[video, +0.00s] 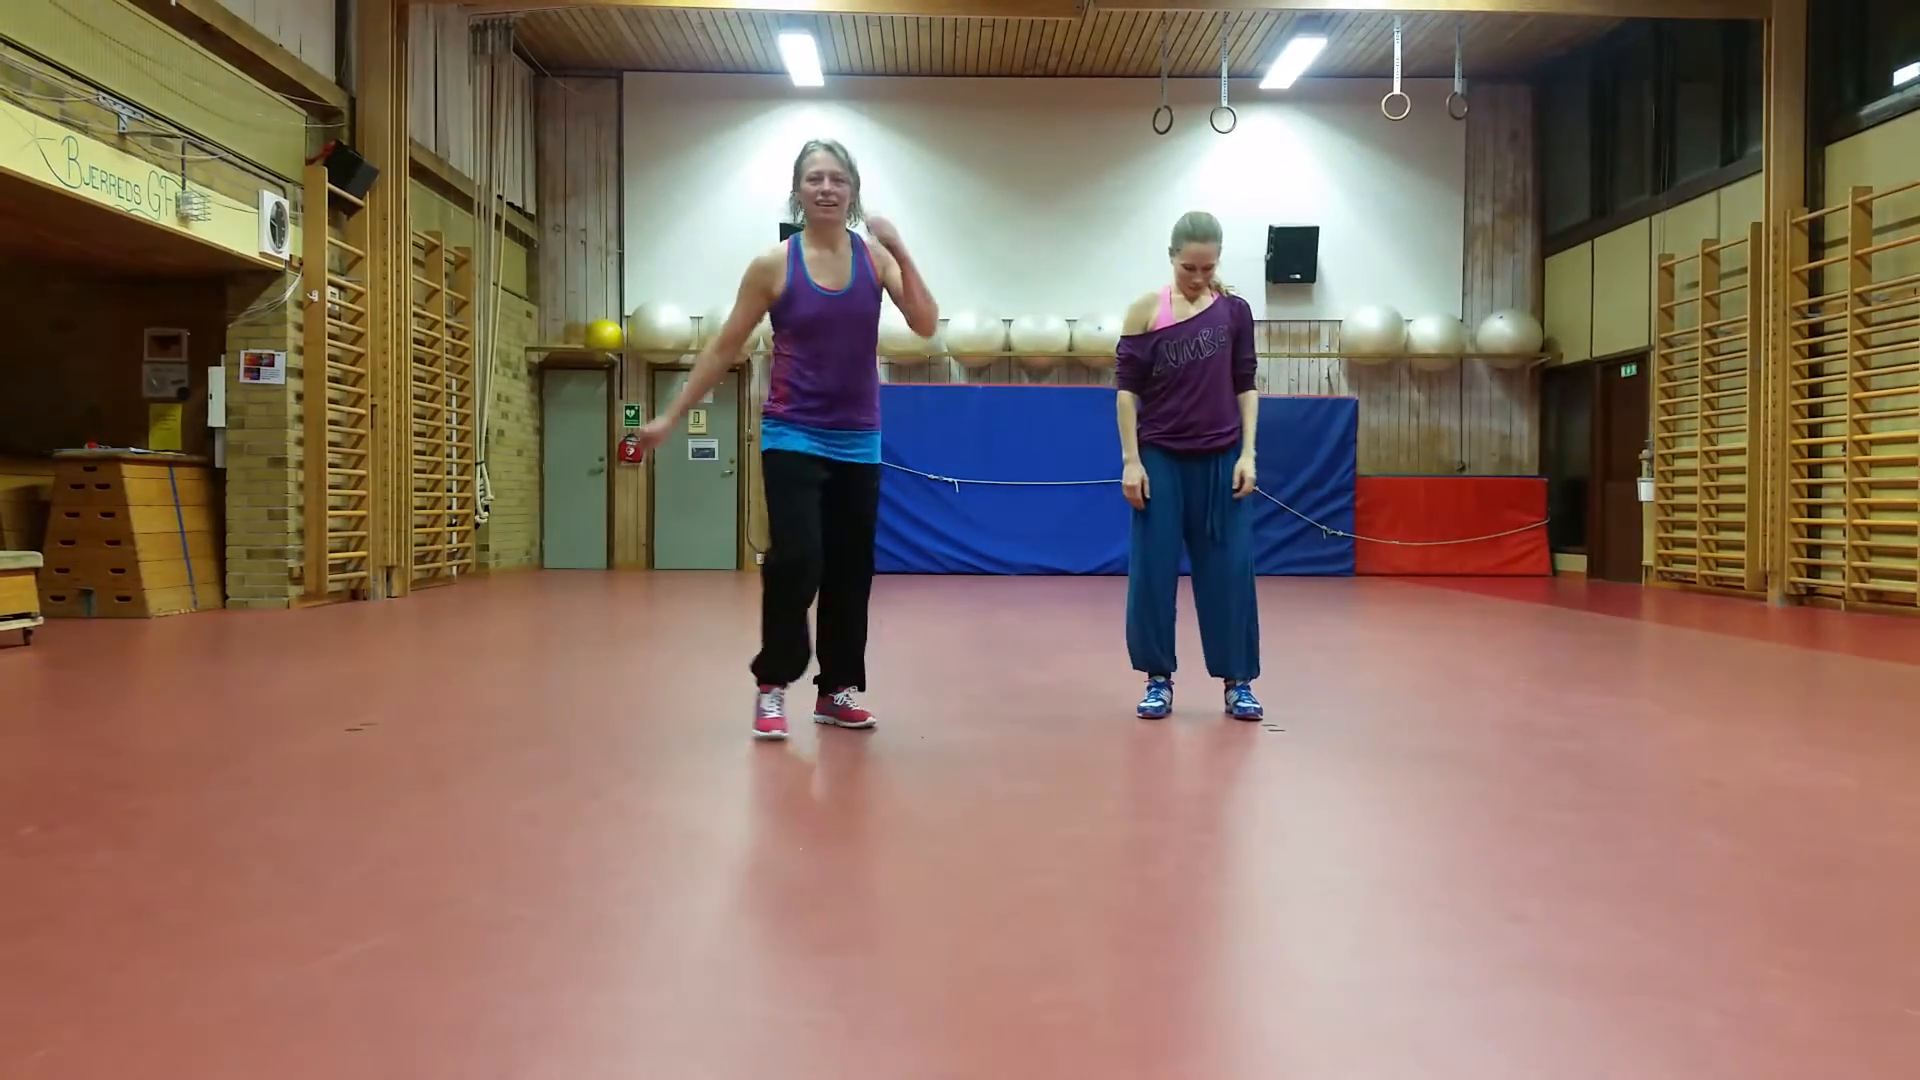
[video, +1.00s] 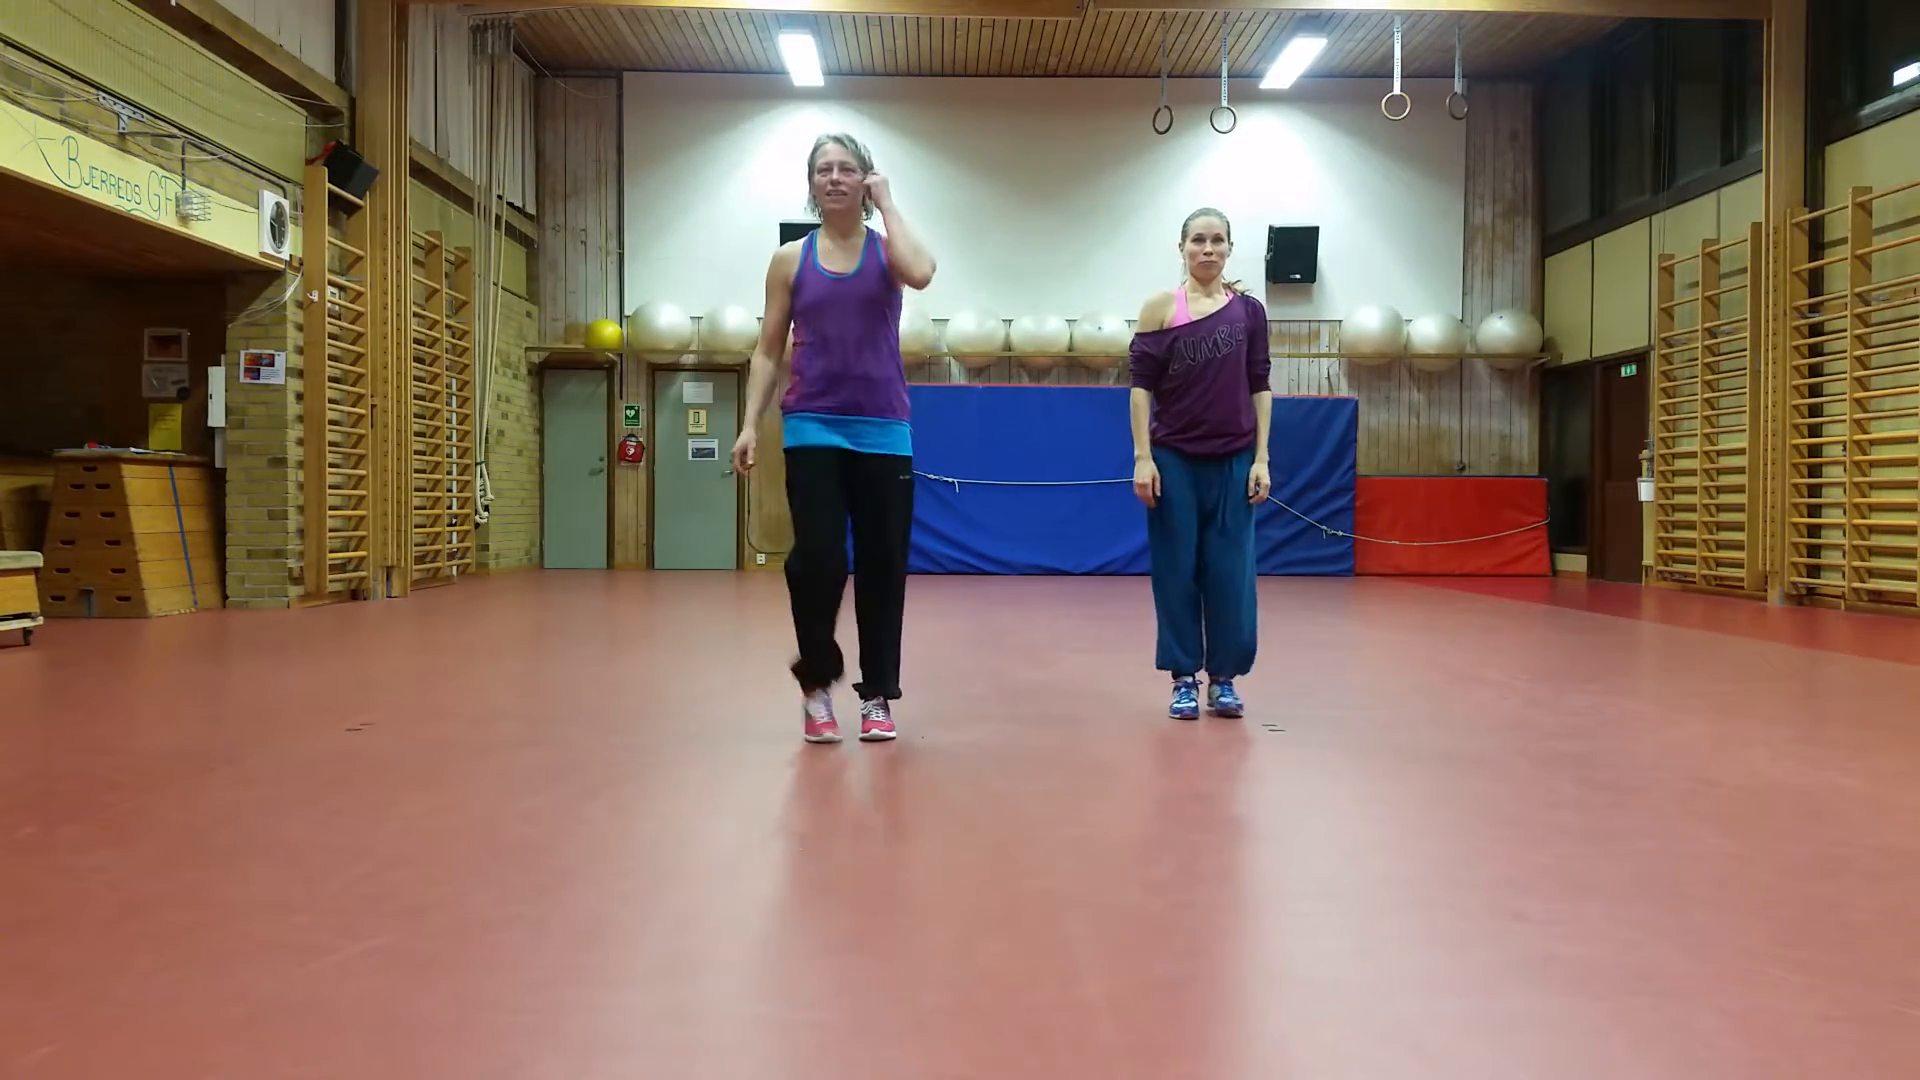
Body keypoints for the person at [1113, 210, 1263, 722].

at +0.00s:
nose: (1199, 277)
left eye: (1208, 267)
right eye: (1191, 267)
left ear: (1219, 259)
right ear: (1172, 256)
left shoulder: (1234, 309)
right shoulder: (1145, 310)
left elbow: (1246, 384)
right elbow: (1127, 389)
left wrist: (1248, 451)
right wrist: (1131, 461)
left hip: (1222, 457)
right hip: (1159, 457)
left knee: (1231, 566)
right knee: (1154, 567)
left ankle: (1238, 682)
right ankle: (1157, 679)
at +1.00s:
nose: (1208, 248)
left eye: (1217, 240)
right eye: (1199, 239)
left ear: (1229, 248)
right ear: (1183, 247)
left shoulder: (1249, 309)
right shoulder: (1160, 308)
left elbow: (1260, 385)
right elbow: (1140, 386)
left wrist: (1261, 457)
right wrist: (1141, 457)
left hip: (1234, 458)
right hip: (1174, 458)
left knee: (1231, 569)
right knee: (1178, 569)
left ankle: (1222, 681)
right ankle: (1184, 680)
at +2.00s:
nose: (1215, 256)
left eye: (1223, 249)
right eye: (1206, 248)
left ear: (1230, 257)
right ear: (1187, 255)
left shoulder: (1245, 304)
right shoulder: (1170, 309)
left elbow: (1289, 306)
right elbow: (1148, 319)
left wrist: (1254, 250)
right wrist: (1185, 274)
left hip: (1237, 453)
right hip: (1179, 452)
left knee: (1237, 565)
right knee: (1186, 561)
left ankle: (1226, 677)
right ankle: (1183, 669)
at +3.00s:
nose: (1210, 237)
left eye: (1217, 230)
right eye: (1200, 229)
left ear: (1227, 241)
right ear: (1182, 240)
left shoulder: (1242, 293)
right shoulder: (1169, 298)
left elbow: (1273, 240)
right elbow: (1160, 268)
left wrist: (1225, 189)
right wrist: (1189, 205)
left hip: (1232, 447)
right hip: (1174, 443)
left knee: (1229, 559)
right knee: (1183, 551)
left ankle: (1209, 668)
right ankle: (1175, 661)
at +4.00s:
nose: (1210, 236)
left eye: (1219, 230)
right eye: (1201, 230)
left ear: (1230, 245)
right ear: (1186, 244)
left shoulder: (1246, 293)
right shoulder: (1171, 299)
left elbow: (1281, 211)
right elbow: (1146, 254)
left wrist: (1230, 159)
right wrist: (1177, 190)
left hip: (1238, 450)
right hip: (1180, 448)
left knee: (1237, 562)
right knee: (1170, 561)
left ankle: (1227, 666)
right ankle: (1173, 669)